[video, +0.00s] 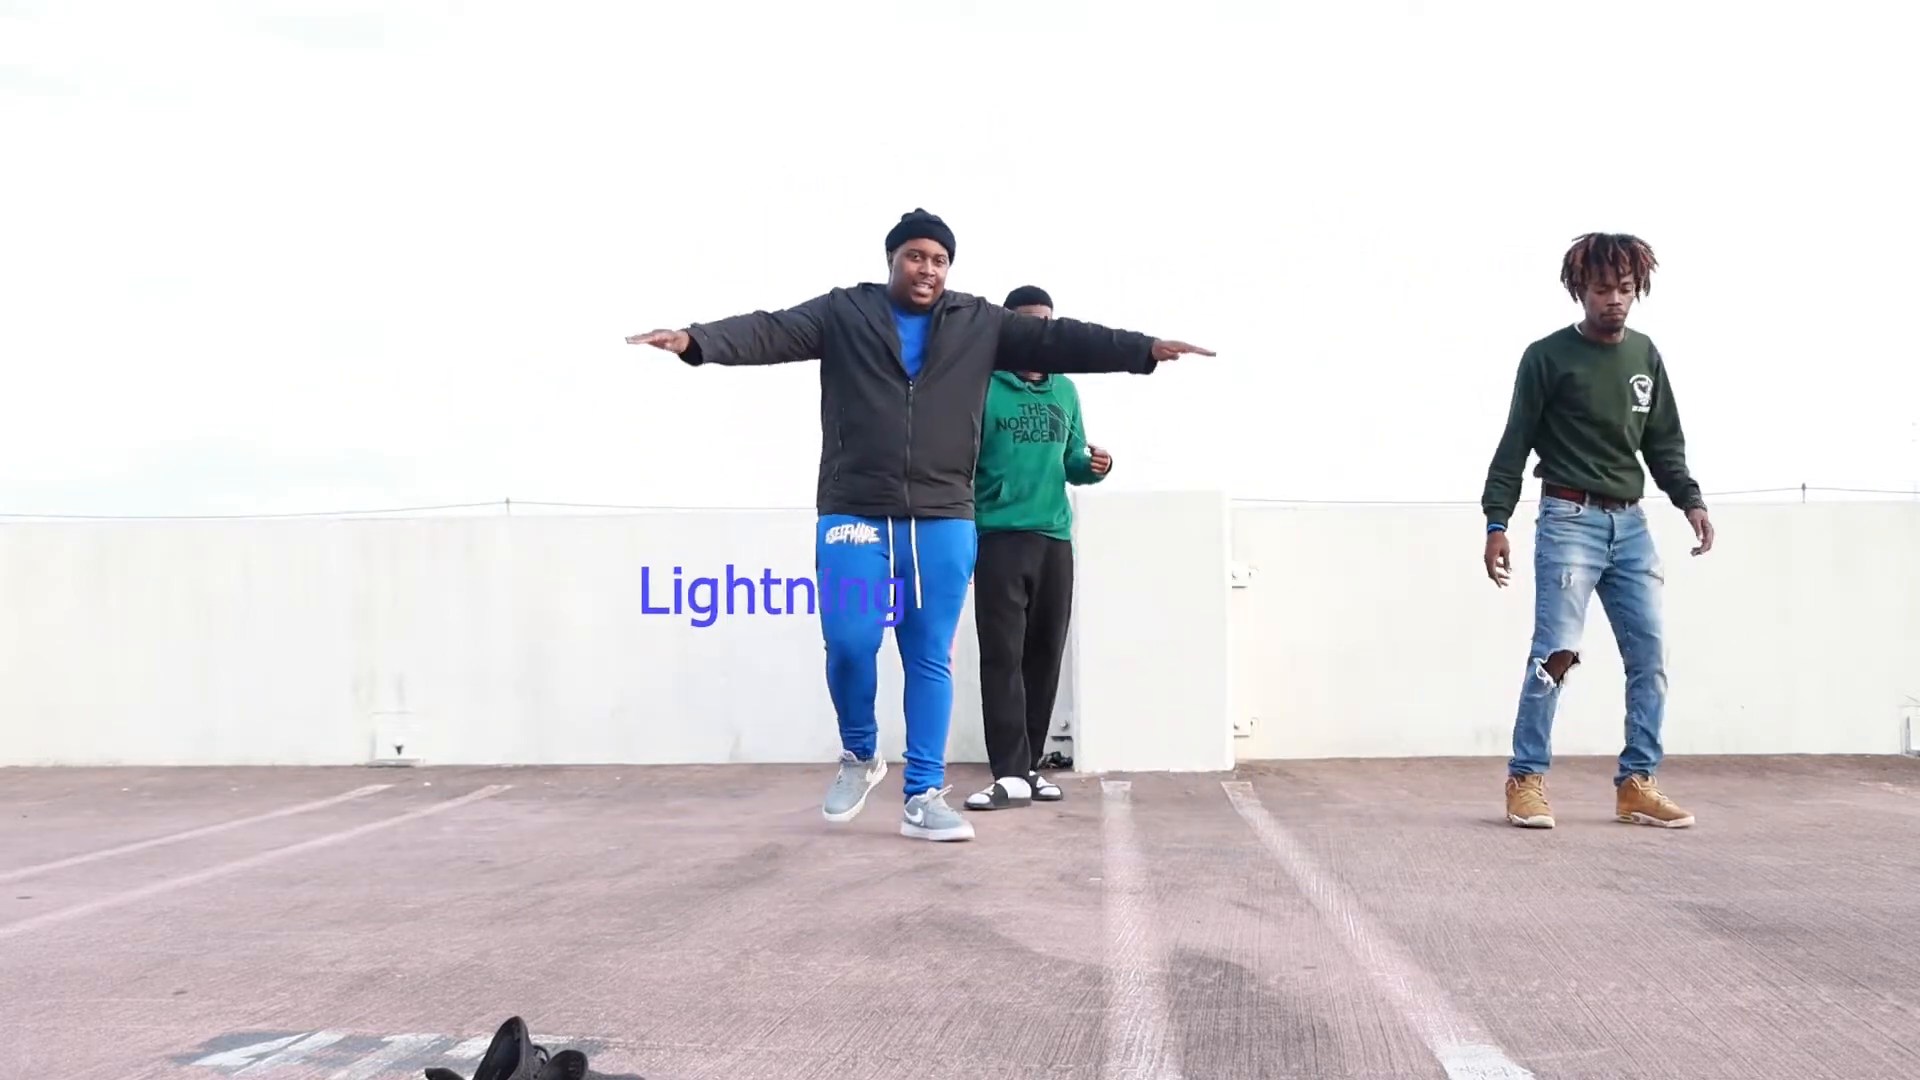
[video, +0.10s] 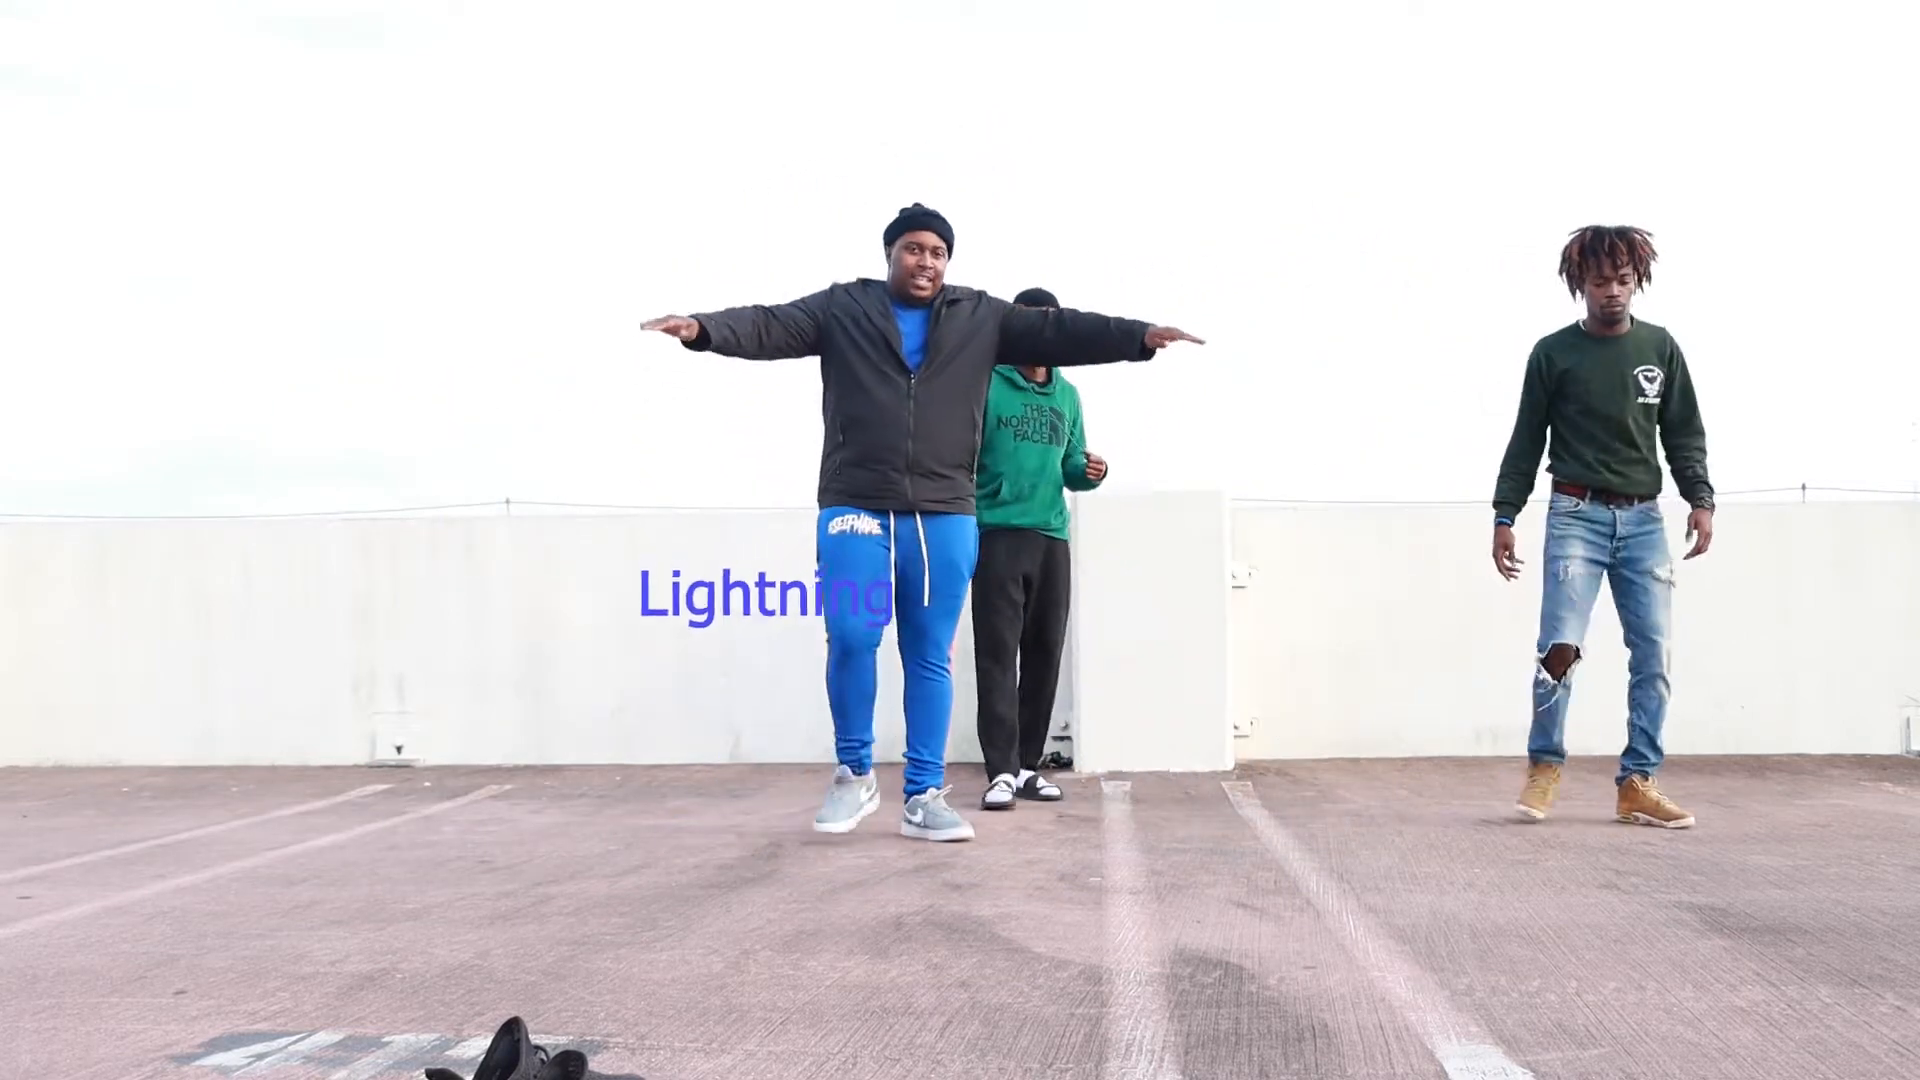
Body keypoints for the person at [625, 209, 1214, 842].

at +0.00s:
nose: (926, 268)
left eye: (937, 260)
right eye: (914, 257)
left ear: (949, 269)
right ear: (891, 261)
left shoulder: (977, 322)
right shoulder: (845, 312)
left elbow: (1053, 338)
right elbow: (773, 330)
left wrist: (1143, 348)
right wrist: (697, 340)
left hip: (942, 510)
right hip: (853, 506)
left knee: (929, 654)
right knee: (848, 644)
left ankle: (924, 796)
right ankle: (859, 756)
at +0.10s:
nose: (925, 259)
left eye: (936, 252)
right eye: (914, 249)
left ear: (949, 263)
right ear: (889, 255)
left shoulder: (977, 316)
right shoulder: (845, 307)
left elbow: (1054, 330)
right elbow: (776, 325)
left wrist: (1138, 337)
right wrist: (707, 327)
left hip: (943, 506)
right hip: (854, 500)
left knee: (930, 652)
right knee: (851, 639)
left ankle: (925, 795)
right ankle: (852, 776)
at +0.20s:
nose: (920, 256)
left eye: (931, 248)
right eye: (908, 246)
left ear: (943, 258)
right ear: (883, 253)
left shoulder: (976, 311)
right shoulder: (841, 302)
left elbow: (1046, 325)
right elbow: (776, 325)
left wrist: (1117, 324)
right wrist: (722, 319)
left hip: (944, 506)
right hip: (855, 503)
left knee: (931, 657)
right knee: (858, 646)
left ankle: (925, 797)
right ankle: (843, 796)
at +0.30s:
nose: (911, 255)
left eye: (922, 247)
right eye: (898, 245)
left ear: (936, 261)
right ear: (875, 256)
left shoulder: (969, 315)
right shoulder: (835, 307)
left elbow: (1036, 331)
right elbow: (765, 340)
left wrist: (1096, 312)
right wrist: (732, 316)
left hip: (941, 508)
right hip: (853, 506)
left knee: (933, 661)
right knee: (860, 654)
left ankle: (925, 798)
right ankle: (850, 804)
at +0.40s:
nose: (902, 249)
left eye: (911, 241)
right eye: (888, 241)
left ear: (924, 256)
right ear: (862, 257)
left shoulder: (963, 314)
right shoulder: (828, 312)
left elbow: (1034, 326)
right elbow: (752, 347)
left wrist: (1102, 289)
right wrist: (745, 290)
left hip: (942, 510)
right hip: (854, 509)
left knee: (934, 662)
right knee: (861, 656)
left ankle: (924, 799)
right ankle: (851, 805)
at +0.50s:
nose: (897, 243)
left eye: (904, 235)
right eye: (881, 235)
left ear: (915, 250)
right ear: (852, 254)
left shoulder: (954, 305)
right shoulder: (825, 308)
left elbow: (1035, 305)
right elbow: (758, 337)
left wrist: (1111, 263)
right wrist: (760, 262)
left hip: (940, 506)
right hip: (853, 506)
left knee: (934, 657)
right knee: (864, 653)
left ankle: (925, 797)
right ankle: (852, 804)